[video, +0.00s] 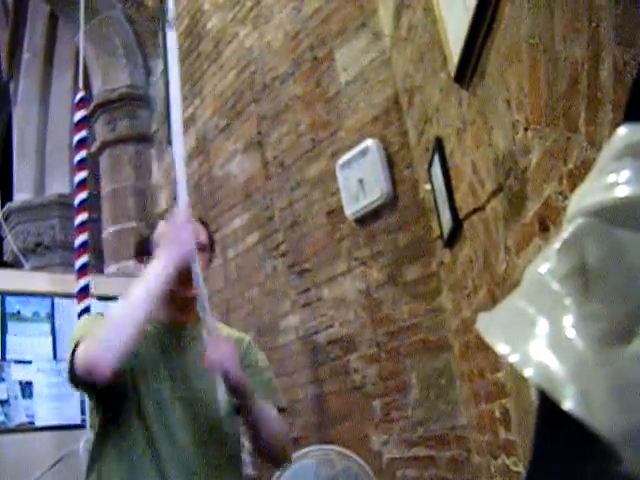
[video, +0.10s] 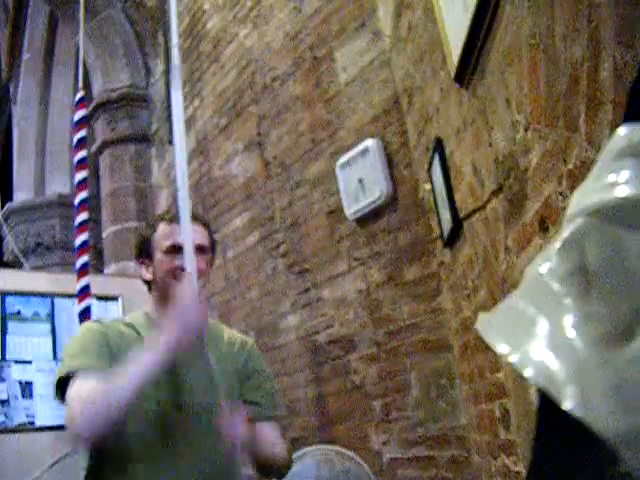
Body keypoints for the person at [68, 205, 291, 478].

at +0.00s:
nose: (188, 262)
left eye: (199, 250)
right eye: (175, 253)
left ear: (210, 262)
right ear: (143, 265)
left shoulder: (237, 348)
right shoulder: (105, 330)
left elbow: (279, 453)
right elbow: (97, 367)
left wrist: (241, 386)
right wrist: (166, 260)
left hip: (214, 471)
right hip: (125, 471)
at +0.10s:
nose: (189, 264)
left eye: (200, 251)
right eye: (174, 251)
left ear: (210, 264)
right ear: (145, 267)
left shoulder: (239, 351)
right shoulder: (101, 338)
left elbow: (278, 458)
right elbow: (84, 423)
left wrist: (247, 437)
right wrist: (169, 340)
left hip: (218, 474)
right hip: (127, 473)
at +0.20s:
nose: (191, 265)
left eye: (201, 253)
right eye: (175, 254)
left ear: (211, 267)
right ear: (146, 271)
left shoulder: (237, 352)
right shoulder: (100, 351)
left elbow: (268, 449)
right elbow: (82, 465)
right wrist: (173, 441)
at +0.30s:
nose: (189, 267)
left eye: (200, 253)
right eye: (173, 254)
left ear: (211, 264)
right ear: (144, 271)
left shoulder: (237, 353)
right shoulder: (102, 359)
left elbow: (263, 448)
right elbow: (93, 471)